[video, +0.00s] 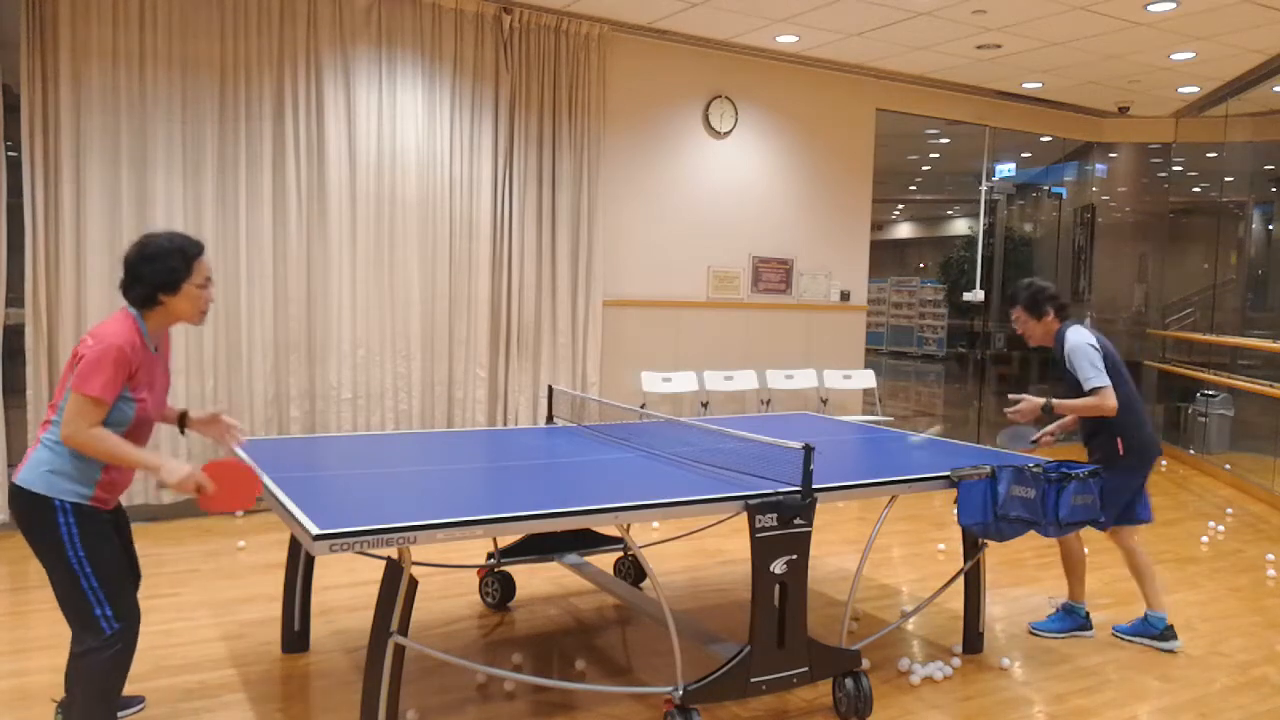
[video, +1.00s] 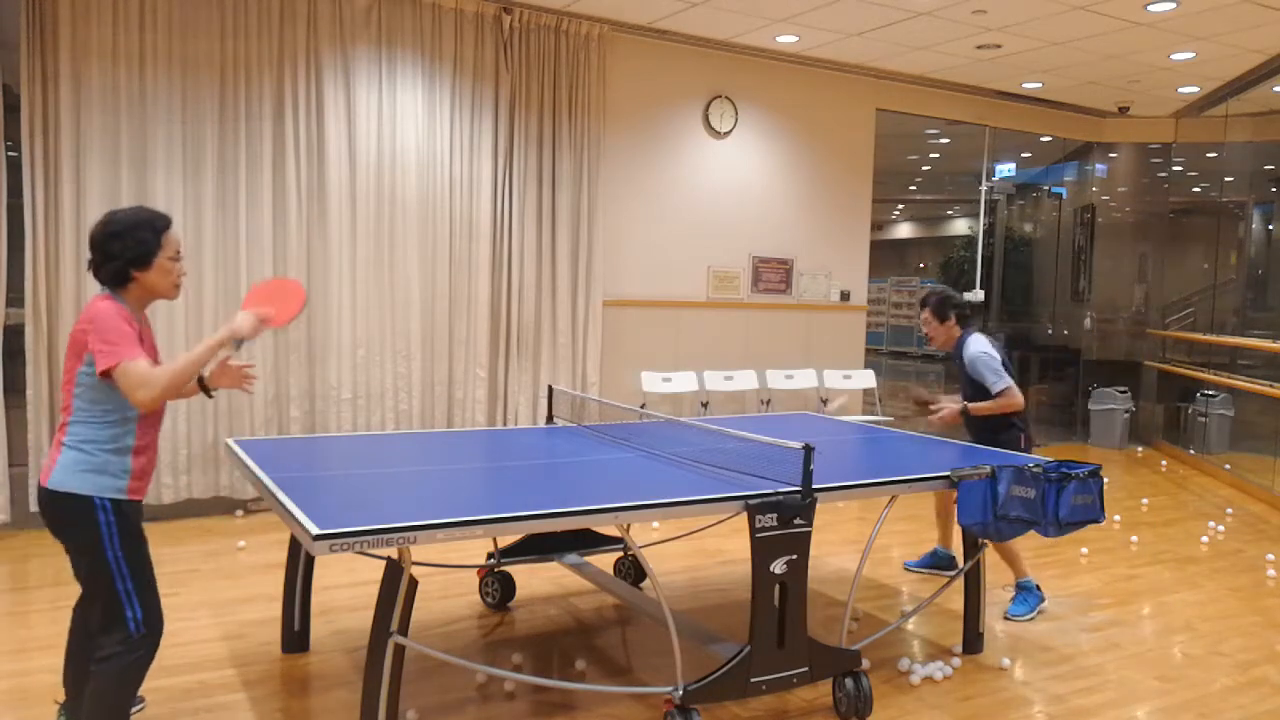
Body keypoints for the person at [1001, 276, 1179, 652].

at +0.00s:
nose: (1018, 330)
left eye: (1021, 322)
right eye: (1015, 323)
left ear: (1047, 314)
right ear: (1048, 315)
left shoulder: (1076, 341)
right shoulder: (1075, 339)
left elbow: (1107, 403)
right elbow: (1096, 405)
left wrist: (1042, 406)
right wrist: (1056, 429)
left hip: (1121, 453)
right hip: (1131, 450)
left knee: (1063, 517)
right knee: (1121, 530)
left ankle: (1076, 611)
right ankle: (1158, 620)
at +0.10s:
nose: (1009, 328)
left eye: (1013, 319)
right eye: (1007, 320)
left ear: (1041, 313)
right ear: (1038, 316)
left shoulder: (1074, 342)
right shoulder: (1059, 345)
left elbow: (1112, 402)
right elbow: (1084, 405)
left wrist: (1053, 407)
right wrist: (1050, 427)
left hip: (1114, 447)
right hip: (1100, 447)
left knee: (1066, 520)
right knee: (1088, 528)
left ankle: (1075, 610)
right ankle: (1143, 596)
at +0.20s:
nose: (1007, 315)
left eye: (1013, 306)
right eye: (1004, 308)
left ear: (1040, 303)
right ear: (1035, 306)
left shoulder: (1071, 337)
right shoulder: (1046, 340)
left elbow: (1109, 395)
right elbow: (1070, 394)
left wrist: (1050, 401)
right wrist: (1035, 413)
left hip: (1098, 443)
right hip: (1076, 441)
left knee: (1063, 518)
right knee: (1052, 511)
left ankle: (1076, 610)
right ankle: (1102, 576)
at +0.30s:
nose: (1003, 307)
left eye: (1010, 299)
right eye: (1000, 300)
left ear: (1037, 299)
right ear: (1001, 303)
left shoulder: (1064, 335)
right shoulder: (1034, 339)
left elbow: (1100, 393)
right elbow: (1054, 394)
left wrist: (1042, 397)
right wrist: (1018, 409)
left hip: (1082, 448)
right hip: (1053, 445)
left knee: (1057, 522)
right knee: (1026, 502)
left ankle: (1076, 609)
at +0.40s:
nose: (995, 309)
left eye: (1002, 300)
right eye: (991, 302)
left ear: (1028, 299)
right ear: (992, 304)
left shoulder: (1054, 337)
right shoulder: (1019, 340)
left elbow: (1090, 394)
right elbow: (1034, 392)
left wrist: (1036, 398)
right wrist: (1003, 409)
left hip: (1064, 449)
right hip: (1038, 446)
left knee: (1050, 526)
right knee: (1008, 502)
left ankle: (1074, 609)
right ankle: (989, 566)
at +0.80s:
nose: (948, 313)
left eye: (955, 306)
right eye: (945, 306)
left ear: (979, 308)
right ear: (945, 309)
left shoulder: (1002, 339)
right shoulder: (969, 346)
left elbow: (1044, 389)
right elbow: (989, 392)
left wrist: (992, 401)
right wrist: (961, 414)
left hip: (1024, 443)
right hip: (994, 439)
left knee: (1014, 514)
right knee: (969, 491)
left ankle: (1035, 589)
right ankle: (957, 553)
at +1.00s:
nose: (924, 332)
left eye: (928, 324)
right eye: (923, 325)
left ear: (949, 320)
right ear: (949, 322)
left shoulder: (976, 352)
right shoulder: (966, 348)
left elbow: (1015, 401)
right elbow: (981, 395)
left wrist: (962, 410)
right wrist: (945, 402)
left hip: (1006, 451)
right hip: (985, 446)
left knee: (982, 518)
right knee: (942, 480)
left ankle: (1027, 587)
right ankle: (945, 552)